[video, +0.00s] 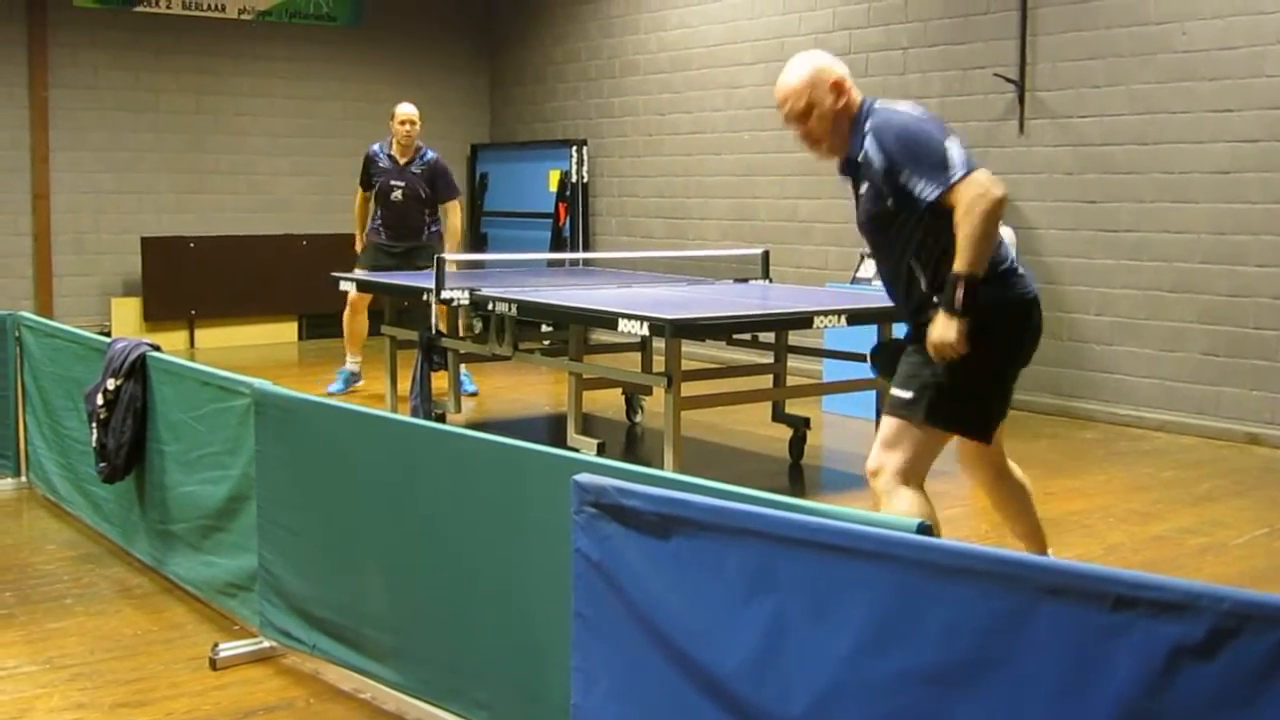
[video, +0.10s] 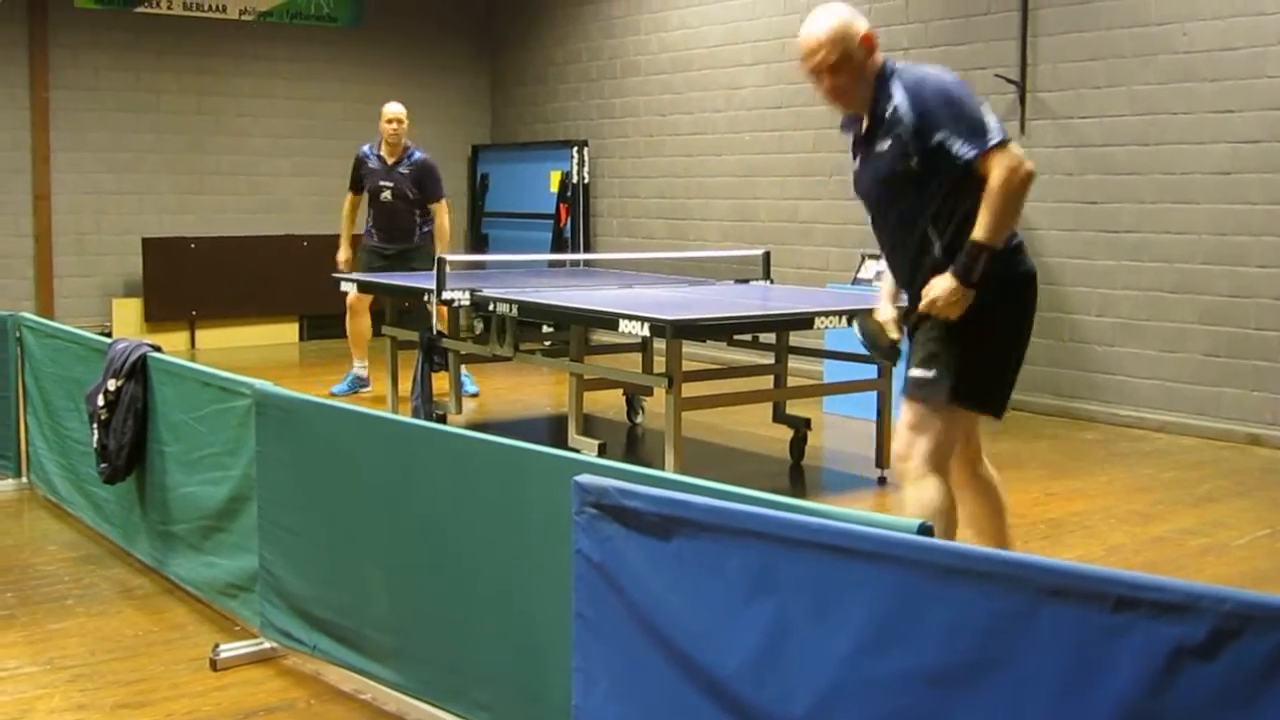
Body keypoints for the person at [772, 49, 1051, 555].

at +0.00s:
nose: (798, 132)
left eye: (803, 114)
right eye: (790, 121)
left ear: (839, 92)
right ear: (837, 98)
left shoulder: (890, 128)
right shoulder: (866, 148)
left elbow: (981, 194)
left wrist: (954, 304)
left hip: (973, 312)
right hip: (993, 310)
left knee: (891, 471)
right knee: (980, 455)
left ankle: (923, 611)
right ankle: (1044, 571)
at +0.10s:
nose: (825, 85)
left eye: (833, 67)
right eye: (814, 75)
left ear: (870, 46)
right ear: (805, 73)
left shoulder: (925, 90)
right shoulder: (860, 126)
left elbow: (1012, 170)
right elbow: (903, 224)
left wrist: (965, 273)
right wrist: (888, 295)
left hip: (978, 286)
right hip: (937, 290)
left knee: (915, 456)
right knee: (963, 460)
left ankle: (922, 615)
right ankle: (1001, 596)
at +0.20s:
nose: (861, 59)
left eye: (870, 42)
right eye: (848, 48)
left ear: (903, 24)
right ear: (836, 45)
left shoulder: (960, 77)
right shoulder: (864, 105)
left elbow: (1032, 174)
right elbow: (870, 208)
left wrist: (981, 273)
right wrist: (848, 289)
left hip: (977, 285)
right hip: (912, 291)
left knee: (936, 456)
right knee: (927, 455)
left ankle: (946, 615)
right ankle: (943, 604)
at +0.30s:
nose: (900, 54)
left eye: (910, 37)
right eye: (885, 41)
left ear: (936, 27)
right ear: (866, 41)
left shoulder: (985, 90)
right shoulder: (867, 115)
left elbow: (1048, 194)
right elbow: (847, 213)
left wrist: (1005, 288)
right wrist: (810, 307)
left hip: (980, 313)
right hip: (903, 315)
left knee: (951, 472)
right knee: (921, 473)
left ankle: (967, 620)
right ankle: (935, 612)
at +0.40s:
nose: (934, 48)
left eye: (944, 31)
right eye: (919, 34)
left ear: (966, 19)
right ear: (892, 31)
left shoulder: (1011, 92)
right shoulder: (871, 115)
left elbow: (1067, 197)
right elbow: (837, 217)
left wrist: (1045, 292)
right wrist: (798, 313)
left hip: (992, 319)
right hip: (907, 321)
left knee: (971, 481)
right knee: (921, 477)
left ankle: (977, 624)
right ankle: (939, 617)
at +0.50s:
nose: (970, 35)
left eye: (982, 20)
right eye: (955, 21)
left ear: (998, 17)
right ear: (920, 18)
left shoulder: (1035, 91)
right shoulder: (882, 105)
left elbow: (1090, 191)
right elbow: (843, 210)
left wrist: (1093, 297)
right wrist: (799, 309)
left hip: (1009, 322)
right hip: (915, 321)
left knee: (990, 486)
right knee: (909, 483)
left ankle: (991, 628)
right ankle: (922, 619)